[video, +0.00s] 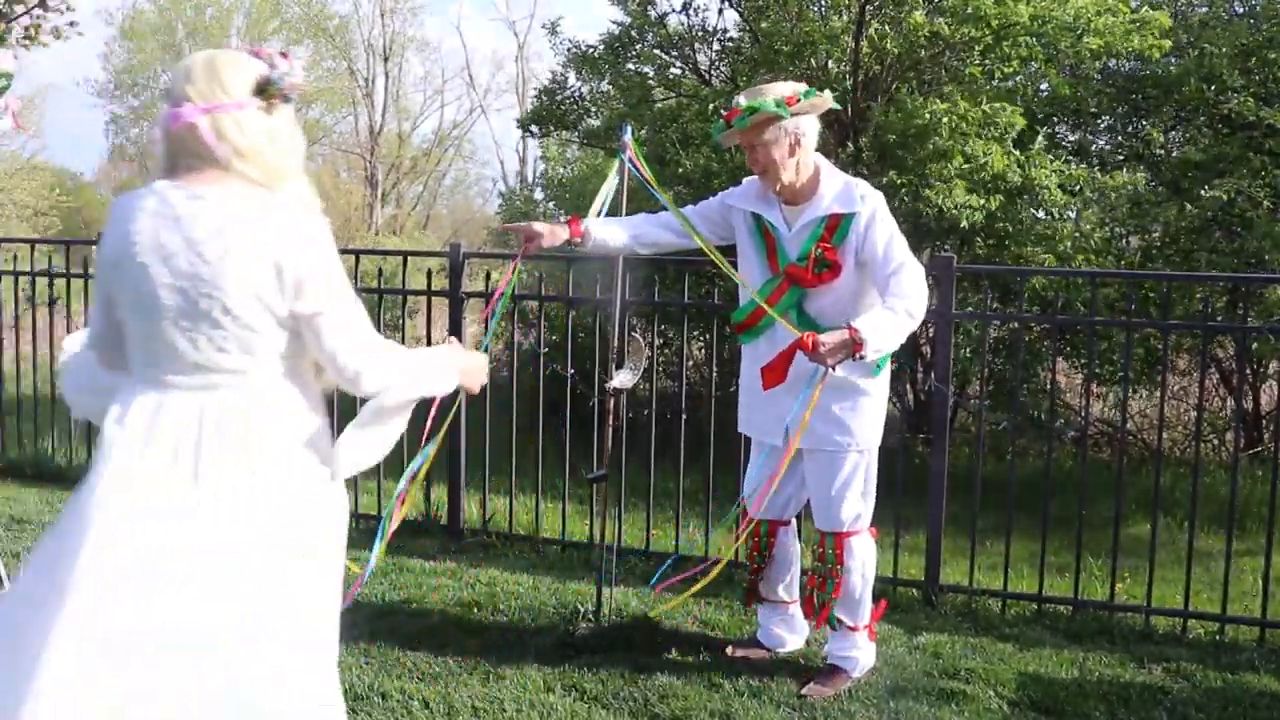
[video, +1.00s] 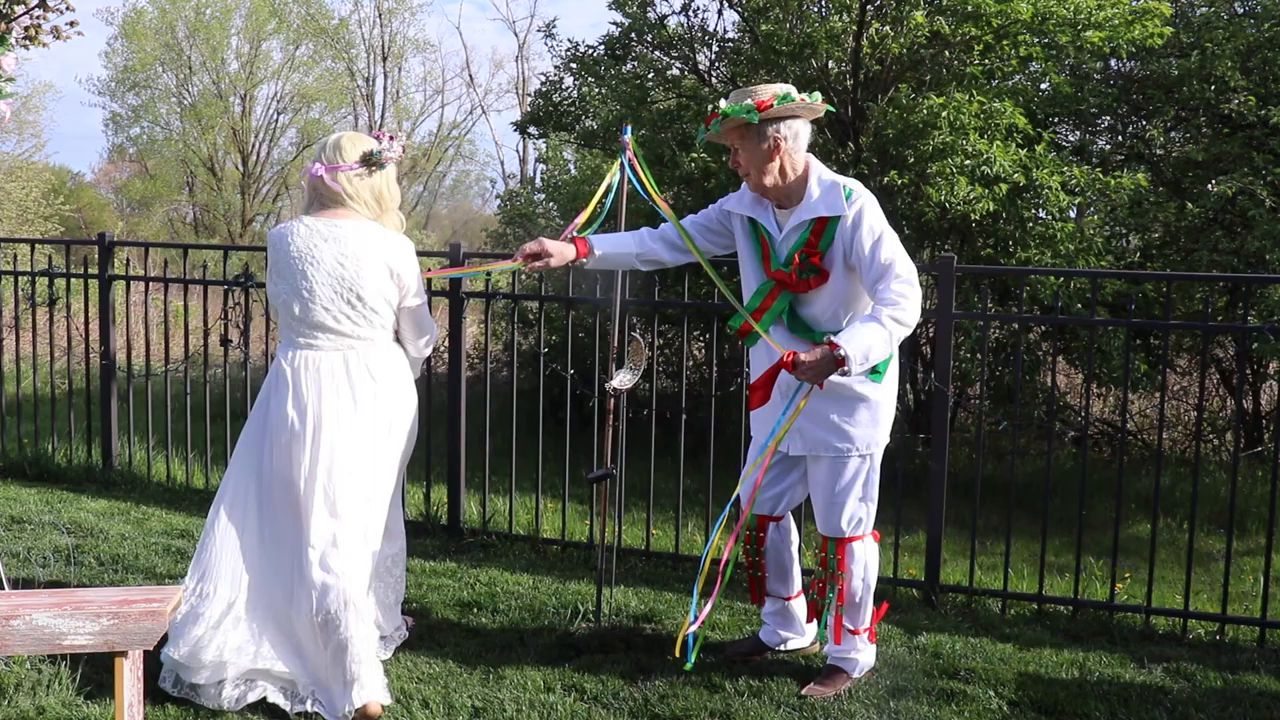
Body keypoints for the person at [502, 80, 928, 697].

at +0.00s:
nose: (750, 162)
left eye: (757, 147)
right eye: (745, 149)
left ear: (798, 141)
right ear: (754, 148)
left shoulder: (860, 204)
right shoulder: (744, 203)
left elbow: (908, 293)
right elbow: (660, 227)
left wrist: (859, 336)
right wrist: (569, 232)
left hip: (848, 387)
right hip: (774, 382)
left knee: (843, 517)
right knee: (766, 507)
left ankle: (851, 653)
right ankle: (780, 632)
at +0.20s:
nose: (746, 161)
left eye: (754, 148)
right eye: (741, 149)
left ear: (794, 144)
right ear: (750, 149)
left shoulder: (857, 205)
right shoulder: (739, 204)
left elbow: (904, 292)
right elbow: (656, 226)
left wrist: (858, 338)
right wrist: (568, 229)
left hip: (845, 389)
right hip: (769, 385)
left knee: (843, 521)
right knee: (767, 511)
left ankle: (851, 654)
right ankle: (779, 633)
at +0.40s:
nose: (743, 164)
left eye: (751, 150)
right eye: (739, 152)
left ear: (791, 144)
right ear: (740, 150)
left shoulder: (854, 206)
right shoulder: (736, 204)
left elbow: (902, 293)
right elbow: (652, 227)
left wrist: (857, 341)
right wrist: (567, 228)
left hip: (844, 385)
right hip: (768, 380)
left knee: (843, 519)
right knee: (766, 510)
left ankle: (851, 656)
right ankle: (778, 634)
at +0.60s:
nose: (740, 162)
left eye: (748, 149)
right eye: (737, 150)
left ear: (789, 145)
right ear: (746, 150)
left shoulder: (853, 206)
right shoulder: (734, 204)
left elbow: (901, 294)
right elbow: (649, 227)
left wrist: (853, 343)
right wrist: (562, 230)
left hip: (842, 386)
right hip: (767, 381)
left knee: (842, 521)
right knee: (766, 510)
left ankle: (849, 656)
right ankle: (778, 635)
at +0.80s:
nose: (741, 162)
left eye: (750, 147)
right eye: (737, 149)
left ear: (789, 144)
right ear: (743, 150)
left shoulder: (853, 205)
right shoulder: (736, 205)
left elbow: (902, 297)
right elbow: (653, 232)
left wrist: (851, 347)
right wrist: (565, 236)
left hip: (846, 385)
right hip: (773, 380)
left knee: (841, 520)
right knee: (767, 511)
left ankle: (850, 655)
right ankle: (779, 634)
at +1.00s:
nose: (730, 162)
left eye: (737, 149)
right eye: (728, 150)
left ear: (780, 144)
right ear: (768, 149)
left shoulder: (850, 205)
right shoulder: (741, 208)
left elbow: (900, 295)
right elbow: (664, 242)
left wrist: (842, 352)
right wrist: (575, 248)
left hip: (851, 387)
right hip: (780, 381)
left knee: (845, 523)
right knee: (761, 504)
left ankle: (851, 657)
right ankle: (785, 630)